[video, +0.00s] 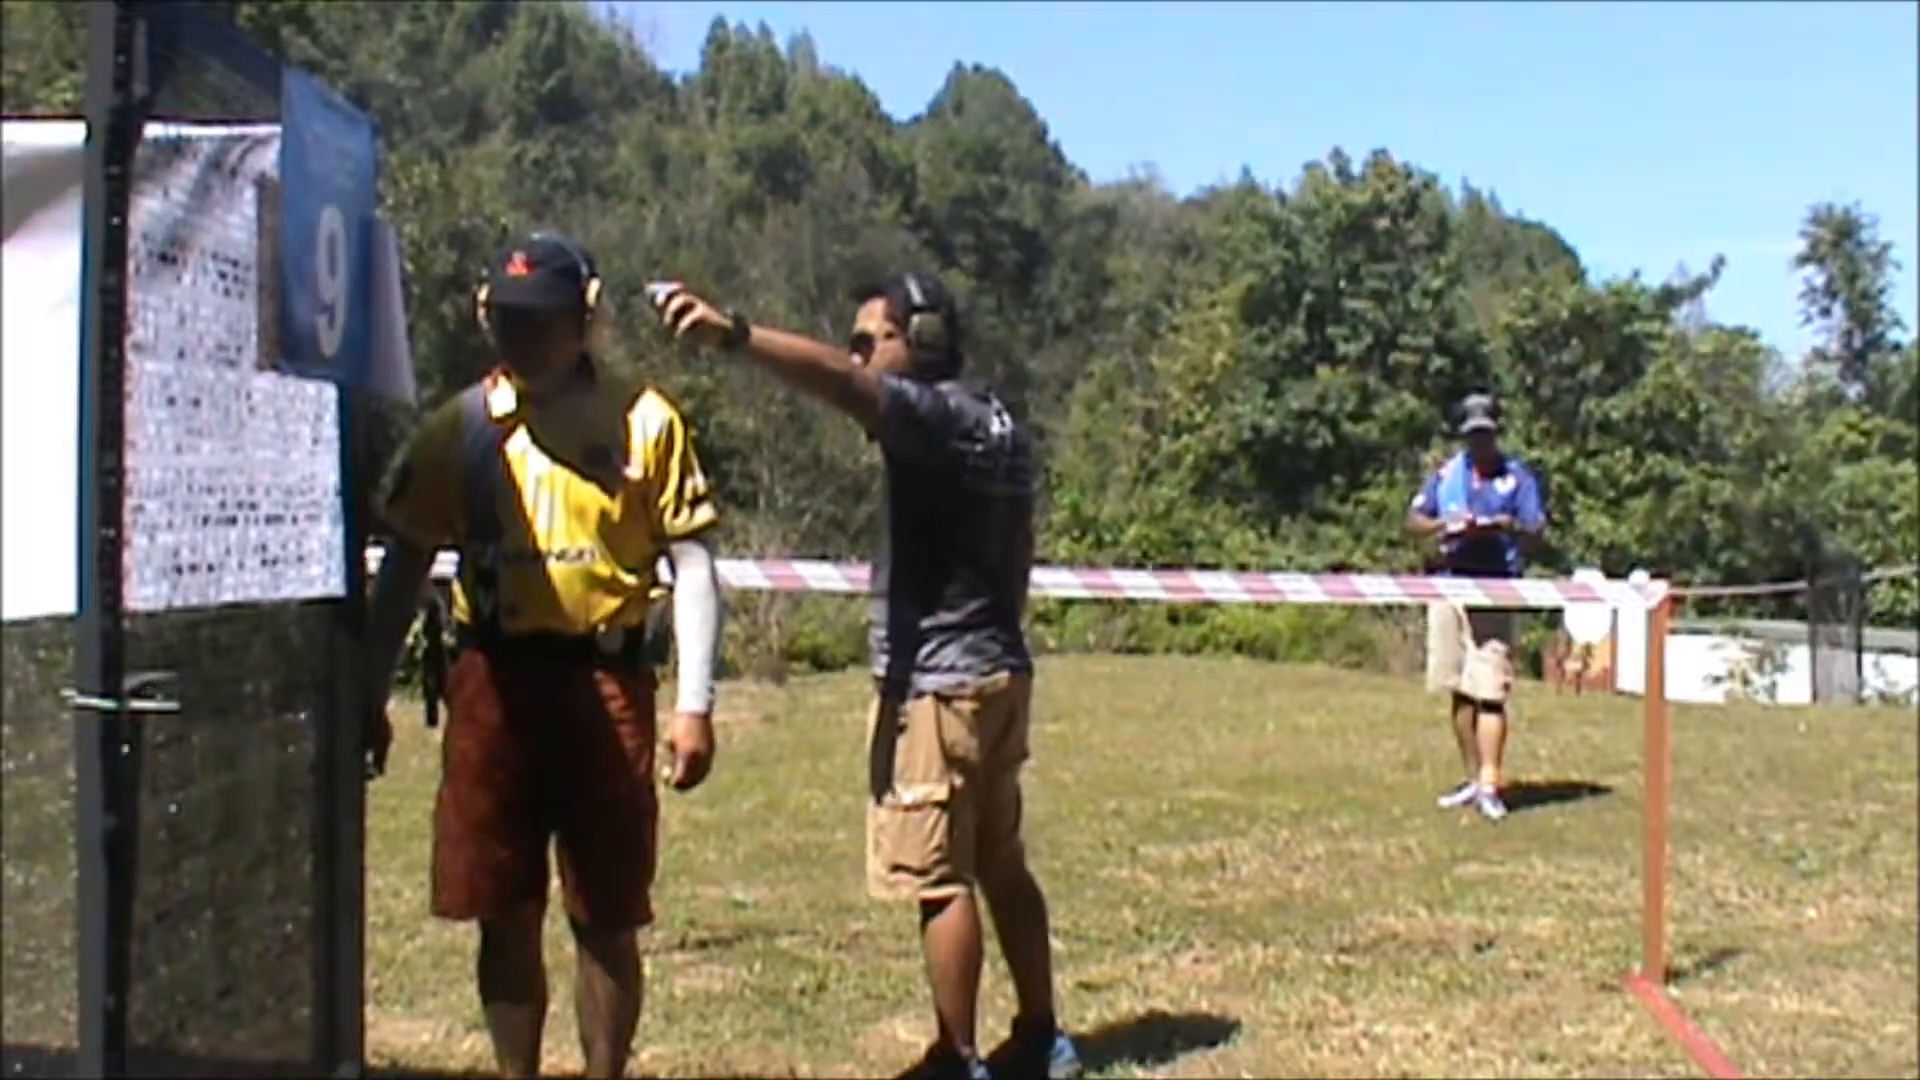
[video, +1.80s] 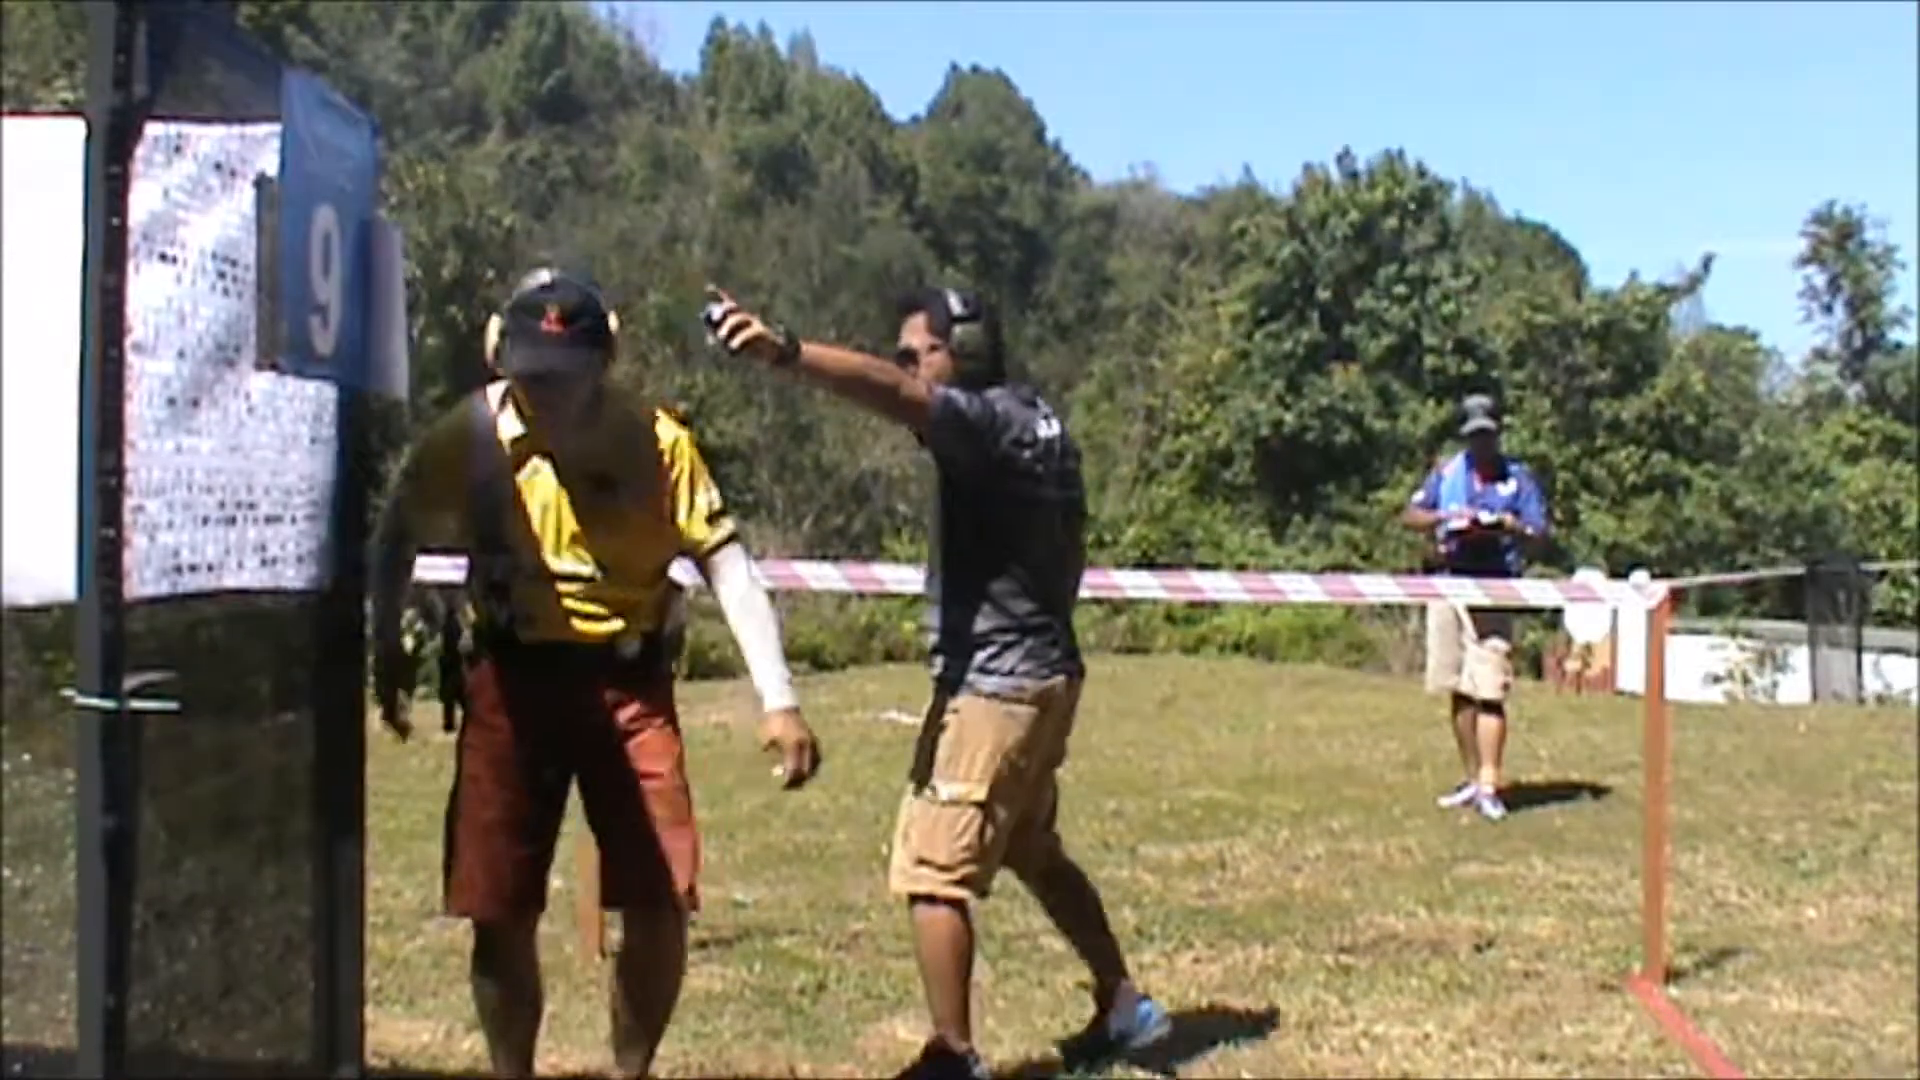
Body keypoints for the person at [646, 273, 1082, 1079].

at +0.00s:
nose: (857, 357)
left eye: (870, 341)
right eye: (857, 341)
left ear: (920, 342)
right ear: (940, 346)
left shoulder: (930, 412)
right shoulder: (1003, 424)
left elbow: (843, 379)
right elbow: (1015, 560)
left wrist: (734, 332)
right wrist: (995, 642)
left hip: (939, 674)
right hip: (998, 669)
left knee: (939, 878)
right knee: (1001, 866)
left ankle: (955, 1054)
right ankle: (1040, 1031)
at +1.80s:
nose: (903, 373)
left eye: (913, 357)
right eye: (902, 357)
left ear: (954, 355)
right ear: (985, 355)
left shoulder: (982, 419)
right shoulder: (1048, 425)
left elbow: (893, 388)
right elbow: (1069, 550)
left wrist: (784, 352)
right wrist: (1040, 634)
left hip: (996, 676)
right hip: (1046, 672)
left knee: (935, 864)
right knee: (1031, 845)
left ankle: (950, 1050)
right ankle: (1123, 1004)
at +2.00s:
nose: (982, 396)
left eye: (994, 384)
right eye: (981, 383)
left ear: (1036, 386)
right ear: (1062, 390)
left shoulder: (1056, 445)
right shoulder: (1113, 461)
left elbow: (977, 409)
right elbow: (1084, 586)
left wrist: (882, 365)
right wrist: (1006, 618)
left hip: (1050, 696)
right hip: (1099, 695)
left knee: (948, 868)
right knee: (1071, 856)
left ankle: (952, 1052)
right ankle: (1198, 990)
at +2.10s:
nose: (1051, 414)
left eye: (1062, 397)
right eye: (1047, 399)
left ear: (1101, 392)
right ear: (1121, 397)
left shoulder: (1130, 459)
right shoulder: (1168, 469)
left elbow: (1055, 425)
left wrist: (963, 379)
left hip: (1110, 700)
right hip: (1155, 702)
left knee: (1015, 867)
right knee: (1122, 876)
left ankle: (957, 1041)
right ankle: (1226, 1012)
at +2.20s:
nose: (1096, 410)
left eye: (1105, 397)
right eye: (1093, 398)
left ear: (1143, 395)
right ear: (1151, 398)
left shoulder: (1174, 459)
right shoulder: (1201, 469)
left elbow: (1104, 418)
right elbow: (1180, 607)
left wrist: (1018, 378)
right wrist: (1109, 670)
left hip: (1155, 700)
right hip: (1193, 701)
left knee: (1053, 860)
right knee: (1147, 878)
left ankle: (1008, 1035)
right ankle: (1226, 1014)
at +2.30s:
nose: (1145, 386)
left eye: (1152, 373)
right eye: (1144, 375)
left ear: (1189, 376)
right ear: (1198, 380)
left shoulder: (1239, 451)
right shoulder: (1231, 460)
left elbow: (1168, 409)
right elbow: (1223, 582)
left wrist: (1088, 368)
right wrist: (1165, 659)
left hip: (1218, 685)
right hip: (1216, 683)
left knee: (1114, 838)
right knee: (1173, 856)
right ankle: (1227, 1013)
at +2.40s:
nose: (1180, 390)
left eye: (1190, 375)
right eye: (1178, 377)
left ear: (1228, 373)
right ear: (1210, 376)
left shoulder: (1277, 450)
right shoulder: (1234, 464)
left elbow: (1206, 399)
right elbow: (1242, 580)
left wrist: (1126, 358)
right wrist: (1208, 665)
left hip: (1264, 681)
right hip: (1225, 679)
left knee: (1184, 846)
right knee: (1184, 850)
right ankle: (1225, 1015)